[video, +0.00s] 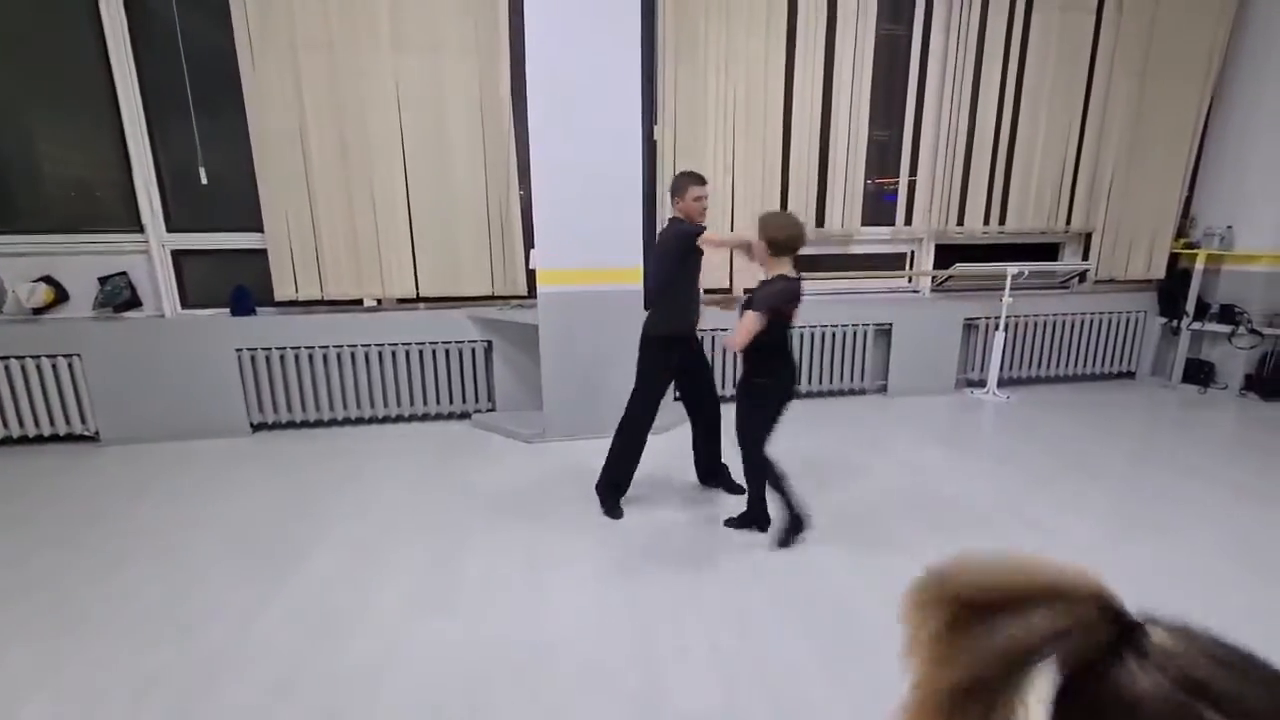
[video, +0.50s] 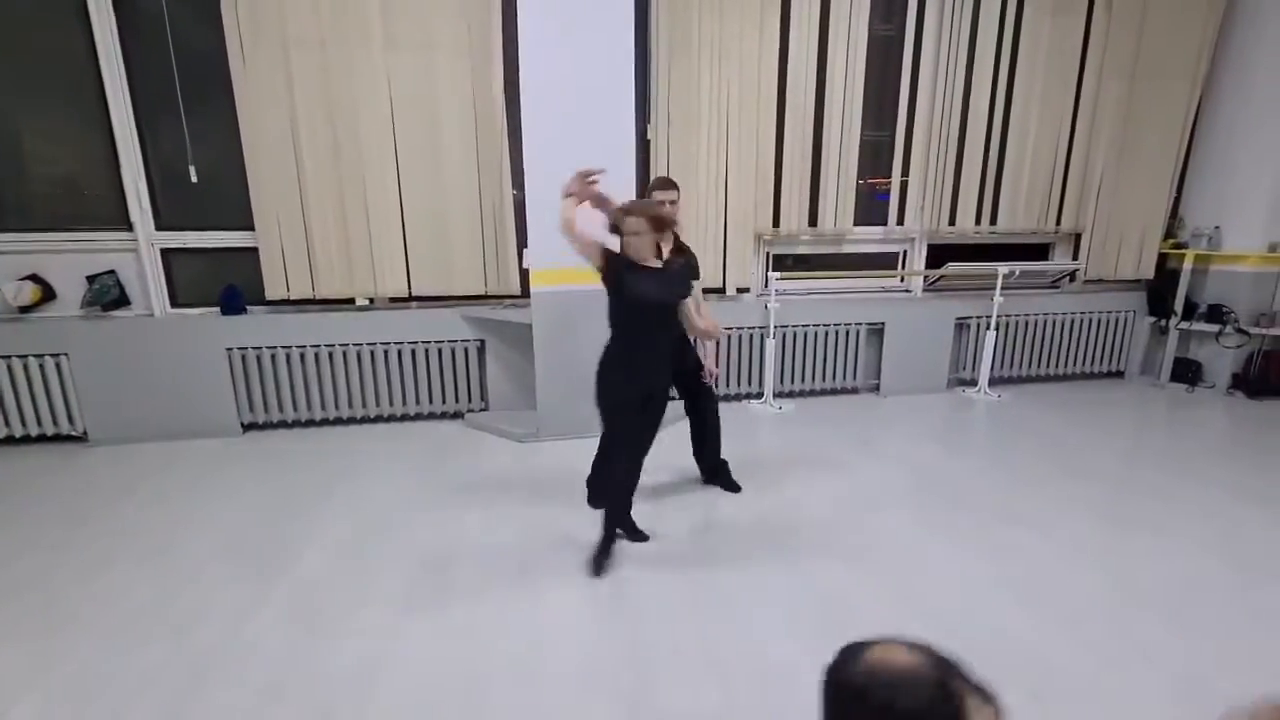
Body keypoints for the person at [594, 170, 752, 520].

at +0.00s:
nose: (705, 205)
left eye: (706, 199)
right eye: (698, 199)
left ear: (692, 202)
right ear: (678, 202)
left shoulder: (675, 235)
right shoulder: (682, 231)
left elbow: (672, 291)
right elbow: (719, 241)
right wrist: (749, 244)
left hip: (684, 338)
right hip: (662, 340)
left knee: (706, 408)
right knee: (639, 416)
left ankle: (711, 472)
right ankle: (609, 488)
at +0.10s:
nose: (700, 204)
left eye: (702, 198)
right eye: (692, 198)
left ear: (701, 199)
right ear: (674, 199)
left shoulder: (683, 234)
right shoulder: (671, 227)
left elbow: (682, 288)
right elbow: (703, 219)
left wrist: (702, 315)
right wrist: (736, 211)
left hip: (685, 336)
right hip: (662, 335)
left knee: (705, 405)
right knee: (640, 411)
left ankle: (709, 470)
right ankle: (605, 478)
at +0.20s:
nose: (693, 205)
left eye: (695, 199)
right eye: (687, 198)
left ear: (695, 200)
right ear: (670, 199)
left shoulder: (697, 233)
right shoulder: (658, 227)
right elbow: (700, 194)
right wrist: (744, 187)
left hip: (695, 332)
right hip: (659, 333)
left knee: (704, 404)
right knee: (638, 409)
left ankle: (708, 469)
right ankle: (605, 482)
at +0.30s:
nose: (679, 201)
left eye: (682, 194)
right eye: (673, 193)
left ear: (685, 199)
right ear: (660, 197)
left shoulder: (693, 233)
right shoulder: (649, 233)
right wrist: (702, 174)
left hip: (687, 334)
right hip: (652, 335)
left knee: (706, 404)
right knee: (633, 410)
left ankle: (710, 472)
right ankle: (604, 480)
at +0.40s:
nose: (672, 210)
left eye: (677, 203)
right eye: (664, 202)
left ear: (682, 207)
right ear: (649, 207)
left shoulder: (683, 250)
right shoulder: (642, 251)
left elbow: (686, 304)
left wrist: (707, 333)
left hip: (678, 341)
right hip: (646, 342)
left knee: (700, 401)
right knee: (628, 413)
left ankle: (706, 468)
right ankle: (602, 480)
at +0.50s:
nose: (668, 209)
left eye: (674, 202)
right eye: (661, 203)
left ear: (680, 205)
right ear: (648, 206)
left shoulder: (684, 255)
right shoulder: (634, 244)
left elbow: (696, 306)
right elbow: (614, 213)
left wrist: (708, 354)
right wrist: (594, 196)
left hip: (678, 338)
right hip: (643, 337)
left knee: (703, 399)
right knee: (632, 412)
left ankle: (711, 466)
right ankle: (608, 487)